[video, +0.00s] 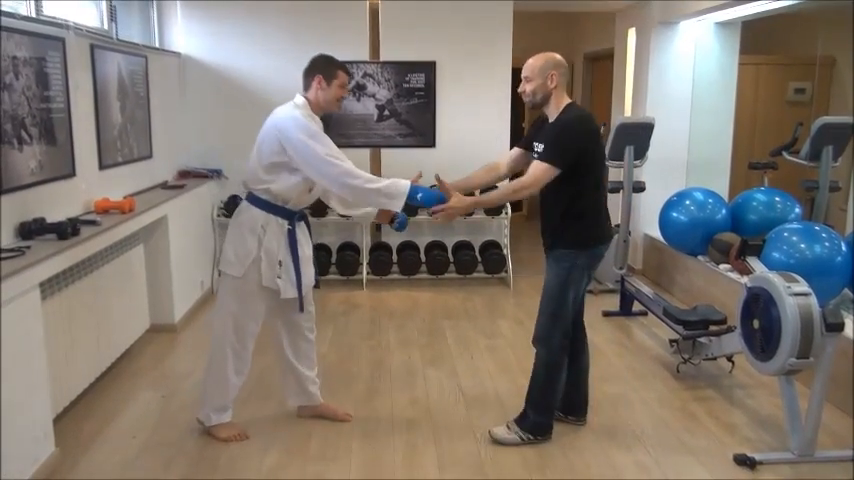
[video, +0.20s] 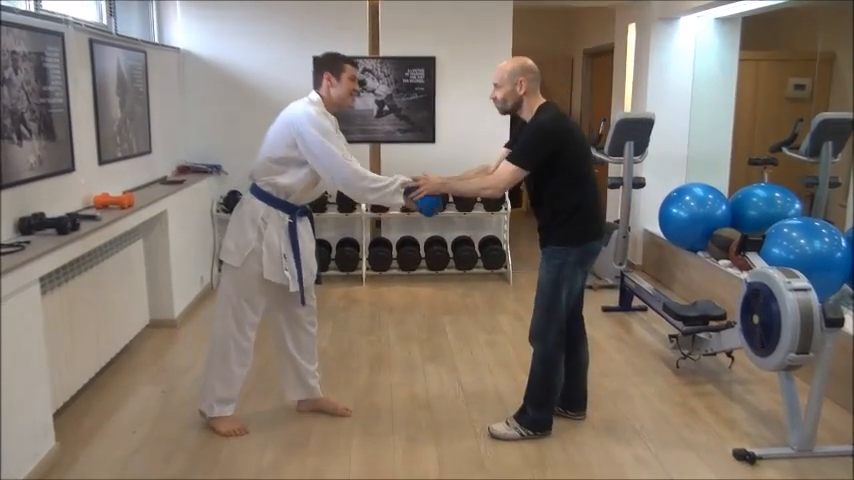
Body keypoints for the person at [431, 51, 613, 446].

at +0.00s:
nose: (521, 87)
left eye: (527, 80)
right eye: (521, 80)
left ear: (553, 81)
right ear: (548, 82)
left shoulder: (574, 123)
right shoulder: (544, 123)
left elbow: (531, 183)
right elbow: (504, 166)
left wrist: (470, 204)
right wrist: (456, 186)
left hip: (580, 243)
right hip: (563, 241)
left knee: (549, 334)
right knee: (569, 325)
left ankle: (535, 424)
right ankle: (573, 406)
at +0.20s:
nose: (492, 93)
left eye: (498, 86)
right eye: (493, 86)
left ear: (521, 86)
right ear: (522, 86)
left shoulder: (545, 126)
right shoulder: (528, 121)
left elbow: (497, 185)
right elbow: (490, 171)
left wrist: (444, 187)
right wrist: (442, 183)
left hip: (570, 240)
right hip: (569, 235)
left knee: (546, 332)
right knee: (569, 320)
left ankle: (535, 420)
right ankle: (572, 402)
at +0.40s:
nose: (472, 96)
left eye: (476, 88)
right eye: (472, 88)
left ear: (500, 88)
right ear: (503, 88)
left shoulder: (523, 126)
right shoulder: (526, 120)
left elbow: (482, 190)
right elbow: (477, 172)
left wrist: (428, 192)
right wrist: (428, 183)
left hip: (564, 233)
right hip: (576, 228)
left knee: (543, 326)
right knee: (570, 316)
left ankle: (535, 413)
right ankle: (572, 395)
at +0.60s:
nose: (466, 89)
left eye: (470, 80)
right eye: (466, 80)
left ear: (495, 81)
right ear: (497, 81)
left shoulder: (519, 120)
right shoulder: (520, 113)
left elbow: (483, 186)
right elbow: (478, 167)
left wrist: (431, 183)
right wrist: (431, 174)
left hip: (563, 225)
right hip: (576, 219)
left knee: (539, 315)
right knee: (568, 306)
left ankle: (536, 404)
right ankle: (573, 386)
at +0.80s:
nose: (479, 67)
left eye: (485, 60)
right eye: (480, 60)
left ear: (508, 61)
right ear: (511, 61)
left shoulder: (526, 105)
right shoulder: (530, 99)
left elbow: (480, 169)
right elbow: (478, 152)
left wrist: (430, 173)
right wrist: (429, 164)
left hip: (560, 218)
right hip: (572, 212)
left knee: (541, 309)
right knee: (568, 297)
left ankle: (537, 396)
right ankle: (583, 378)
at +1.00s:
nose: (510, 42)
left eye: (517, 35)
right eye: (512, 34)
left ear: (539, 42)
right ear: (539, 42)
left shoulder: (548, 90)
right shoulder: (537, 86)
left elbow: (491, 146)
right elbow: (488, 133)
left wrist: (437, 158)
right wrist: (436, 150)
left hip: (562, 211)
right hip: (566, 207)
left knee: (550, 304)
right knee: (572, 292)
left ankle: (540, 392)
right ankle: (589, 375)